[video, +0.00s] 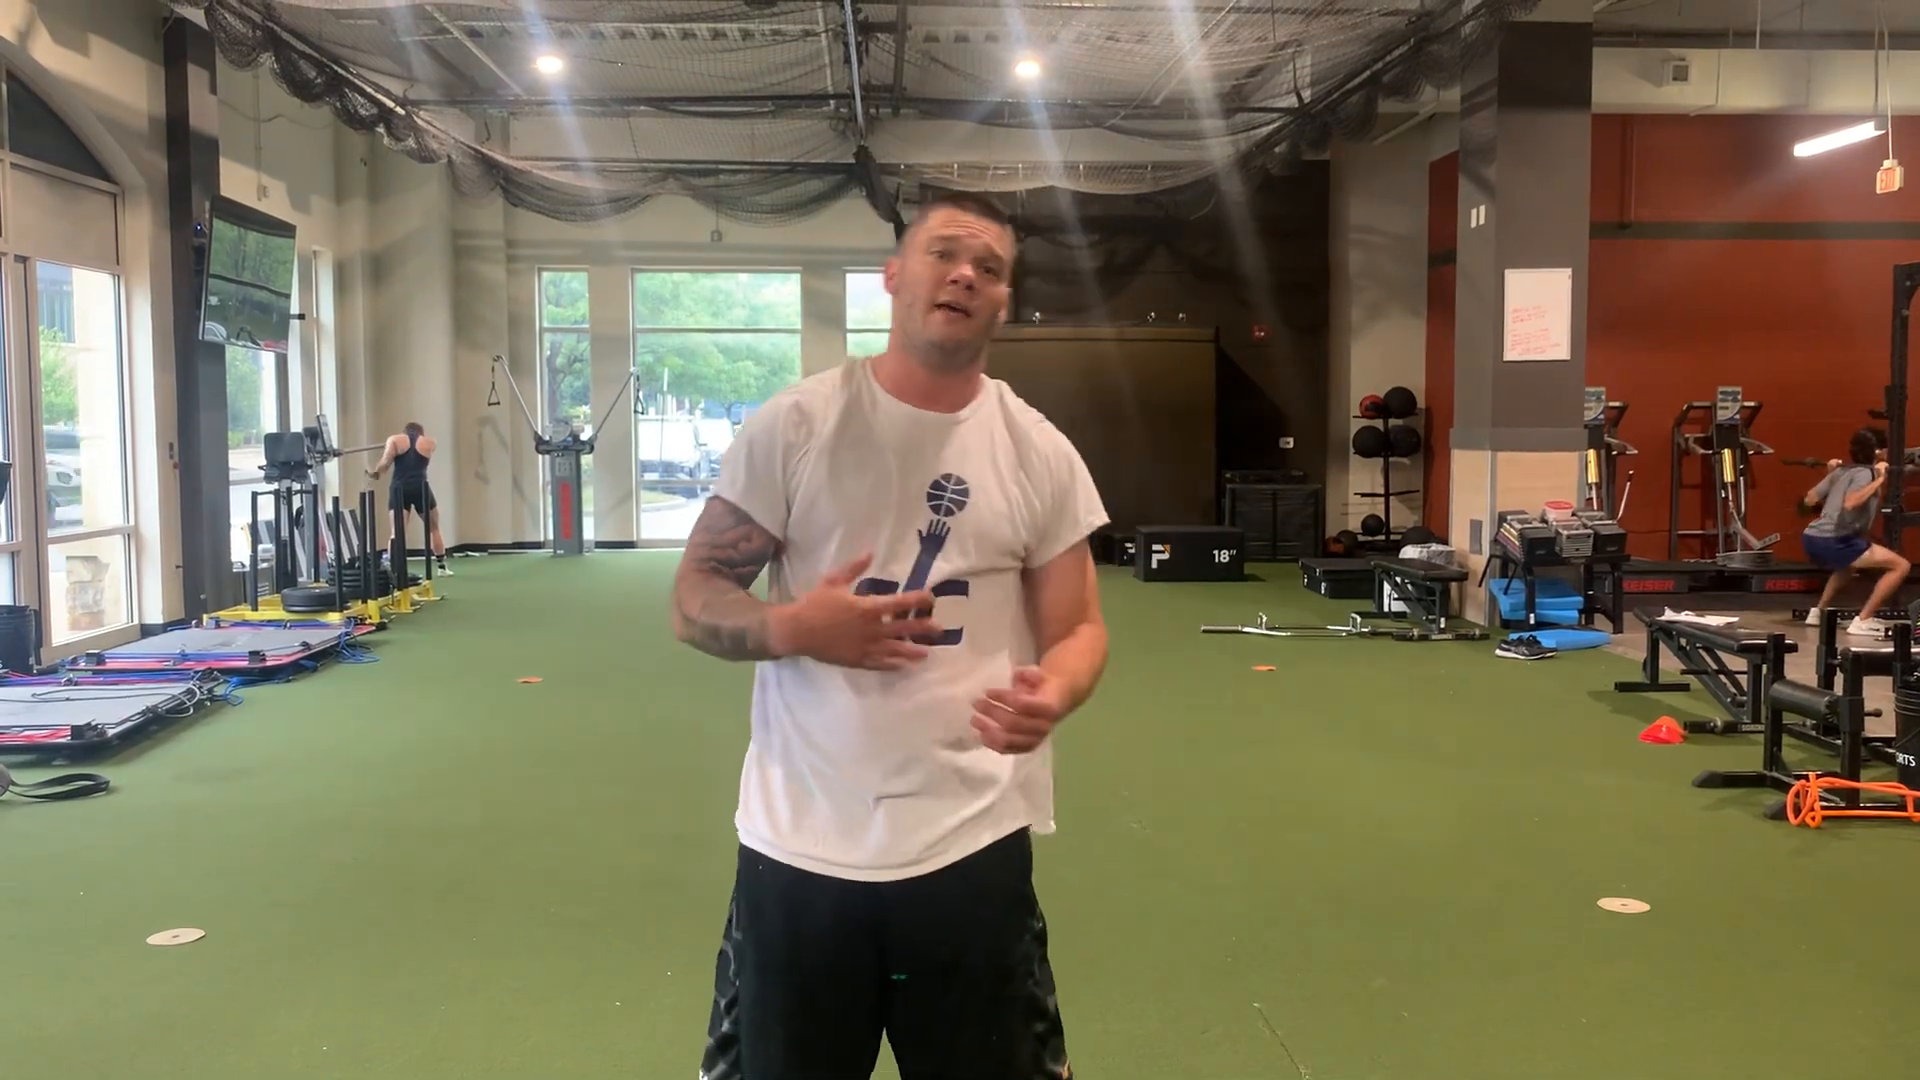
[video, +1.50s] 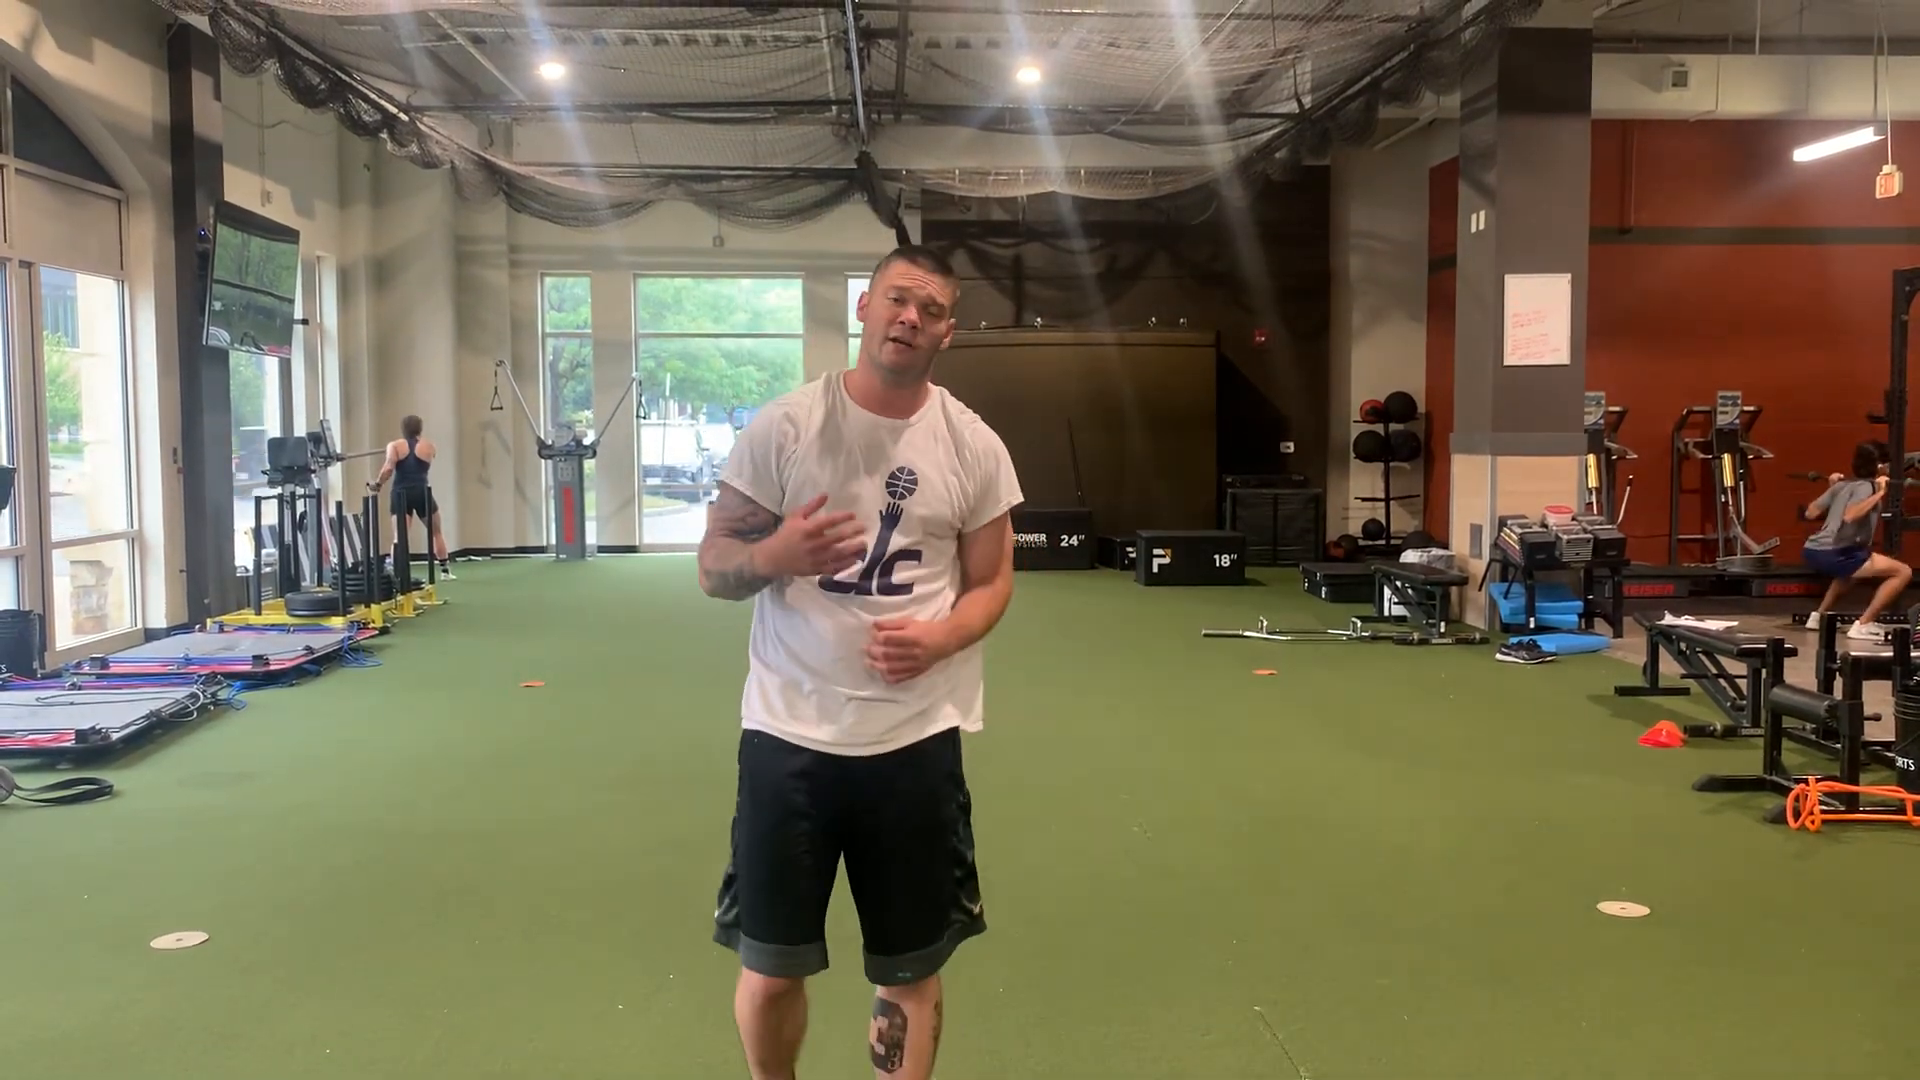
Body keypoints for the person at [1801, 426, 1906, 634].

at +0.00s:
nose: (1886, 453)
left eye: (1886, 449)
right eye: (1884, 449)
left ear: (1855, 451)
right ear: (1875, 452)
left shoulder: (1841, 472)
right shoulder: (1865, 474)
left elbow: (1810, 499)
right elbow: (1849, 503)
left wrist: (1830, 474)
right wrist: (1879, 479)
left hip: (1812, 539)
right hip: (1835, 542)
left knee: (1847, 568)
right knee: (1900, 566)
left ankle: (1818, 611)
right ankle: (1863, 620)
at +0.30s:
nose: (1889, 464)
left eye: (1888, 459)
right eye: (1886, 459)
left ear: (1857, 462)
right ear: (1876, 463)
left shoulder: (1843, 482)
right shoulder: (1867, 484)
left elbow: (1811, 509)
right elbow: (1851, 513)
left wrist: (1832, 484)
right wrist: (1881, 490)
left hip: (1812, 547)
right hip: (1837, 551)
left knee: (1849, 571)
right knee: (1903, 569)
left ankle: (1819, 613)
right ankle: (1864, 622)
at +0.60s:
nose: (1888, 432)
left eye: (1888, 427)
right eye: (1886, 427)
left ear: (1858, 429)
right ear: (1876, 430)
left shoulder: (1843, 451)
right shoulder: (1867, 452)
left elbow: (1812, 478)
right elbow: (1852, 479)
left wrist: (1832, 453)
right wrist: (1881, 458)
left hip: (1818, 519)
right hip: (1838, 524)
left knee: (1845, 563)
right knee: (1895, 565)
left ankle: (1817, 615)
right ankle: (1864, 623)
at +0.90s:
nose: (1887, 397)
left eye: (1887, 392)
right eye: (1884, 392)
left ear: (1857, 395)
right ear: (1874, 396)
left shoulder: (1843, 419)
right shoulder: (1867, 418)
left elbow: (1816, 448)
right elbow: (1855, 447)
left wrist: (1833, 420)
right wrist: (1882, 423)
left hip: (1823, 492)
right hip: (1846, 496)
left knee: (1830, 554)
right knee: (1864, 557)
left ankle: (1817, 613)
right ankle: (1862, 621)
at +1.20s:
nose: (1885, 434)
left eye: (1885, 430)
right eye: (1883, 429)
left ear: (1855, 430)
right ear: (1876, 432)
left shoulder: (1843, 453)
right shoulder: (1866, 454)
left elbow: (1813, 482)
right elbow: (1852, 481)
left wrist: (1831, 455)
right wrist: (1881, 459)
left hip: (1817, 522)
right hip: (1839, 527)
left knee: (1844, 565)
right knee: (1895, 565)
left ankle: (1818, 615)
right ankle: (1864, 623)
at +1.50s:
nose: (1888, 468)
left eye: (1888, 462)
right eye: (1886, 463)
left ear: (1857, 465)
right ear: (1877, 467)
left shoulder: (1842, 485)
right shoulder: (1866, 487)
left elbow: (1811, 513)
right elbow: (1849, 515)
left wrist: (1833, 488)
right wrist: (1880, 493)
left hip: (1813, 551)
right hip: (1838, 556)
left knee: (1851, 571)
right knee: (1902, 572)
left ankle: (1819, 615)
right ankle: (1864, 624)